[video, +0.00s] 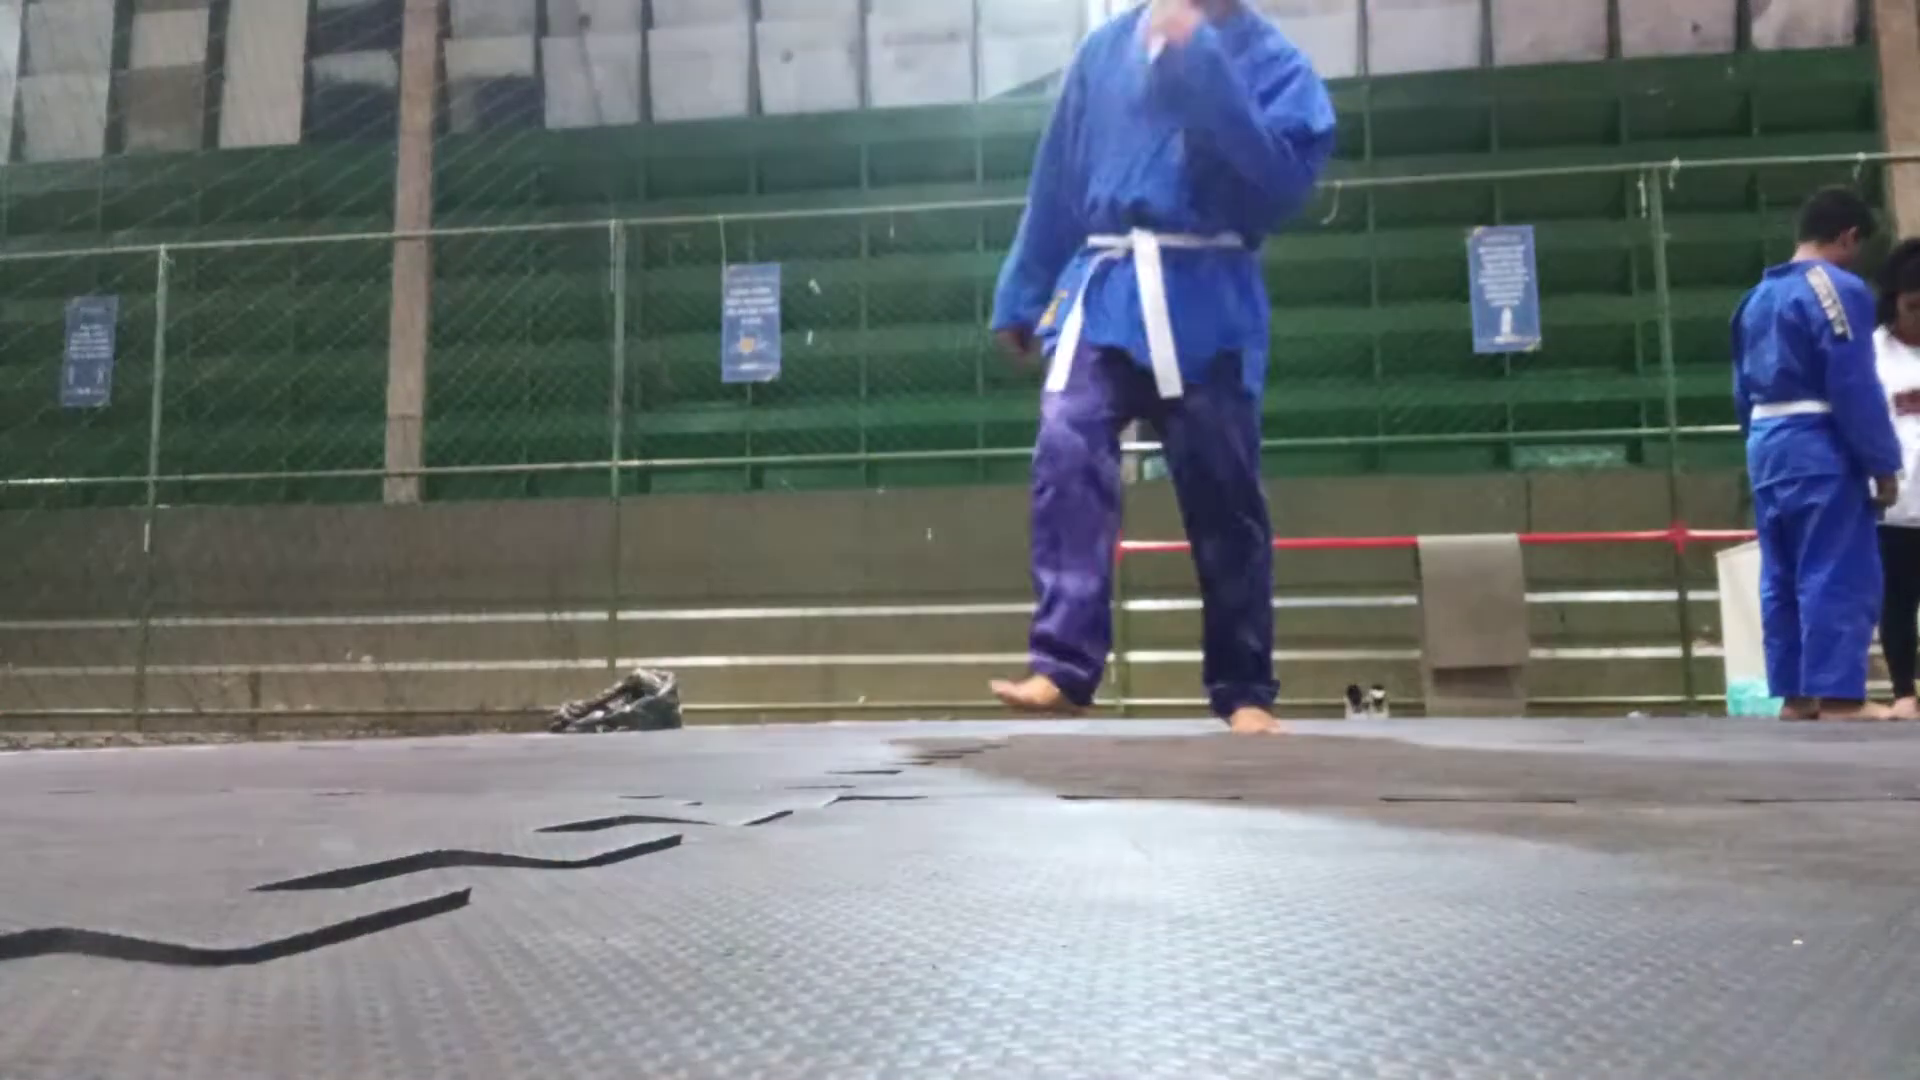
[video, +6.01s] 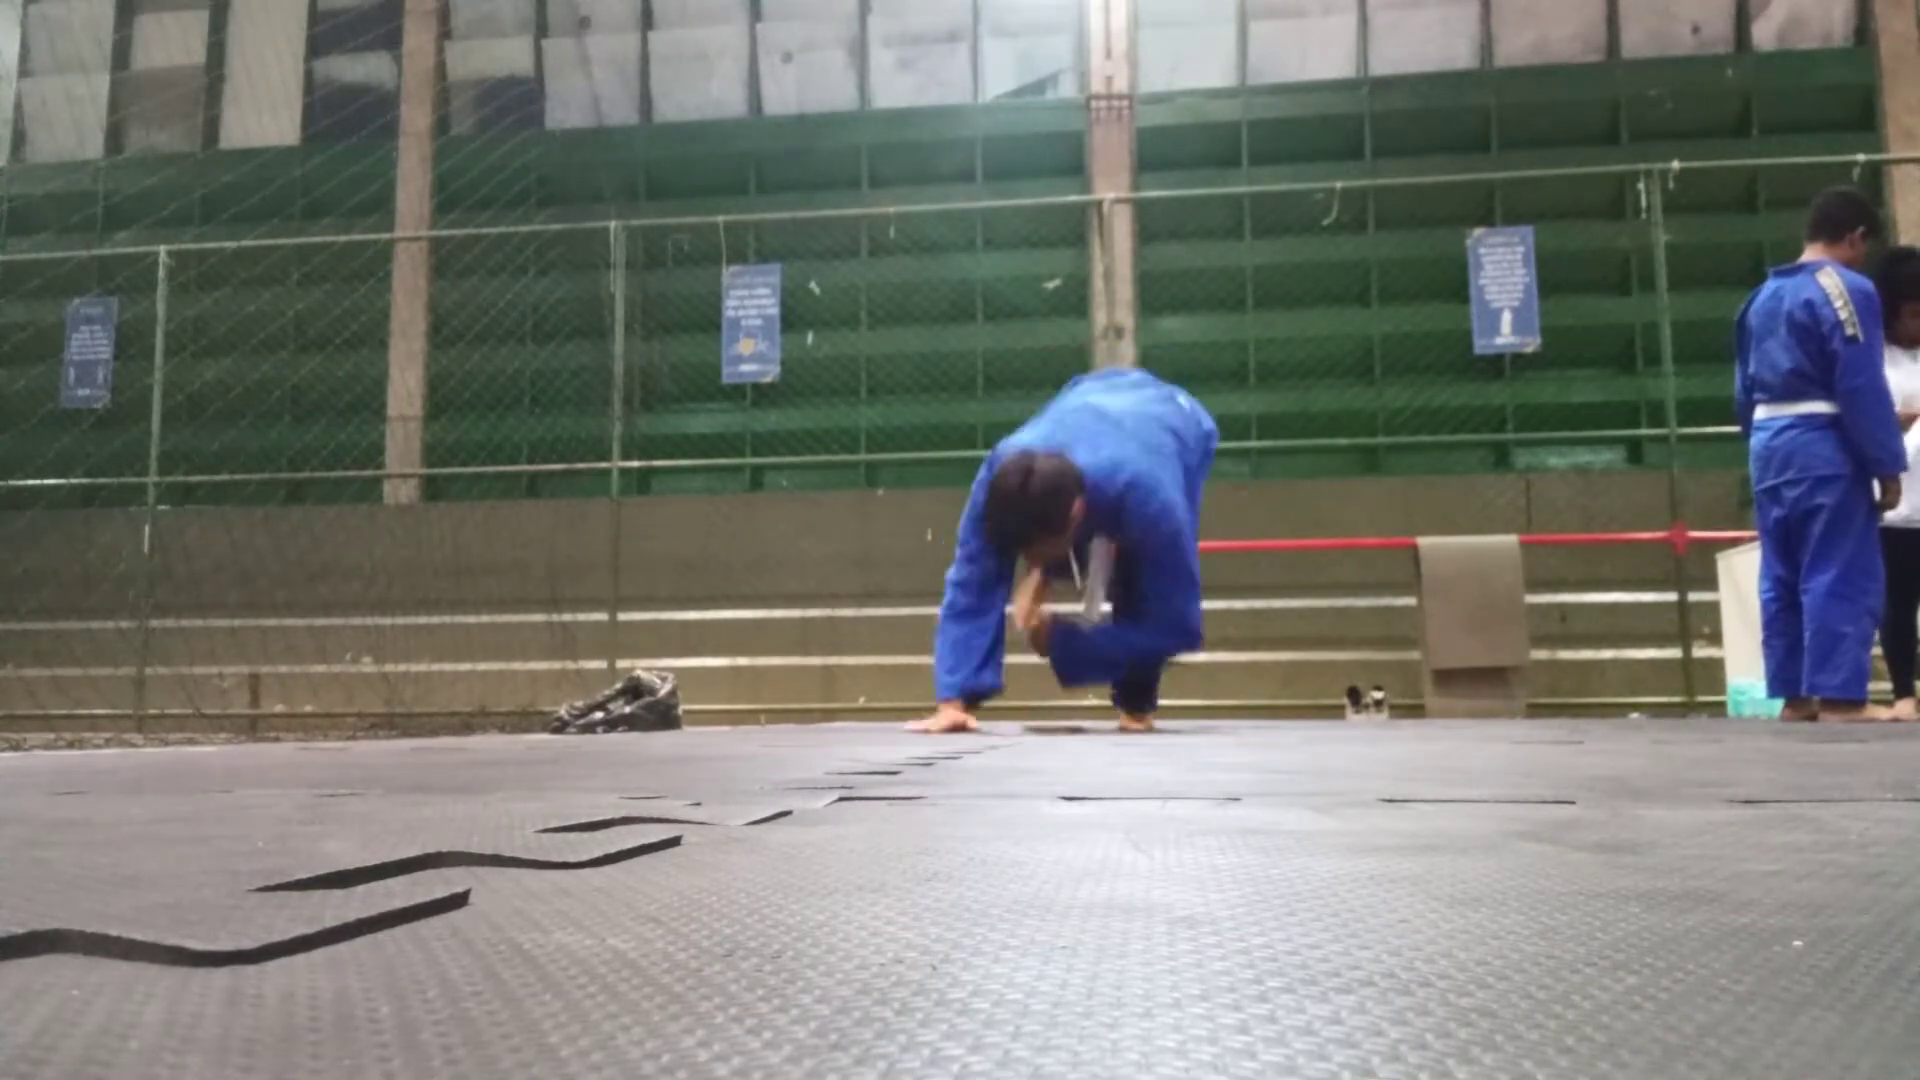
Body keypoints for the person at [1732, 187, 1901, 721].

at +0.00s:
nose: (1857, 255)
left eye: (1860, 247)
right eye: (1859, 245)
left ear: (1803, 234)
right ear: (1846, 236)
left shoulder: (1757, 297)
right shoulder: (1837, 290)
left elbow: (1745, 392)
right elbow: (1853, 388)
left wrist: (1765, 446)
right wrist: (1885, 464)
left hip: (1765, 441)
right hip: (1817, 440)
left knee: (1784, 573)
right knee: (1838, 568)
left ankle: (1795, 696)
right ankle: (1838, 698)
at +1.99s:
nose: (1849, 252)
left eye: (1852, 244)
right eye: (1851, 242)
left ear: (1795, 231)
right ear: (1840, 235)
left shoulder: (1751, 295)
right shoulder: (1833, 289)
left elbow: (1737, 391)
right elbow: (1853, 387)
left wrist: (1757, 444)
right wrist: (1883, 464)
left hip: (1759, 440)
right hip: (1814, 438)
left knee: (1778, 575)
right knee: (1839, 569)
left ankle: (1791, 696)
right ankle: (1838, 698)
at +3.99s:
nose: (1859, 250)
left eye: (1862, 241)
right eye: (1859, 240)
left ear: (1801, 231)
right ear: (1845, 233)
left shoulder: (1757, 295)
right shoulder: (1841, 288)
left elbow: (1742, 391)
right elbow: (1859, 386)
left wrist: (1762, 445)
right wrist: (1888, 464)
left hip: (1766, 440)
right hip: (1821, 438)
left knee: (1784, 573)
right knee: (1841, 569)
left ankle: (1795, 696)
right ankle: (1839, 698)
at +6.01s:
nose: (1865, 253)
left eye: (1867, 245)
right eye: (1866, 244)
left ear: (1811, 233)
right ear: (1853, 237)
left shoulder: (1763, 295)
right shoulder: (1846, 290)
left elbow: (1746, 392)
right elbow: (1861, 387)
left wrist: (1766, 443)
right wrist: (1889, 467)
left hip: (1767, 440)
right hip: (1822, 438)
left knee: (1783, 575)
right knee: (1841, 571)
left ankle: (1795, 697)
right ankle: (1840, 699)